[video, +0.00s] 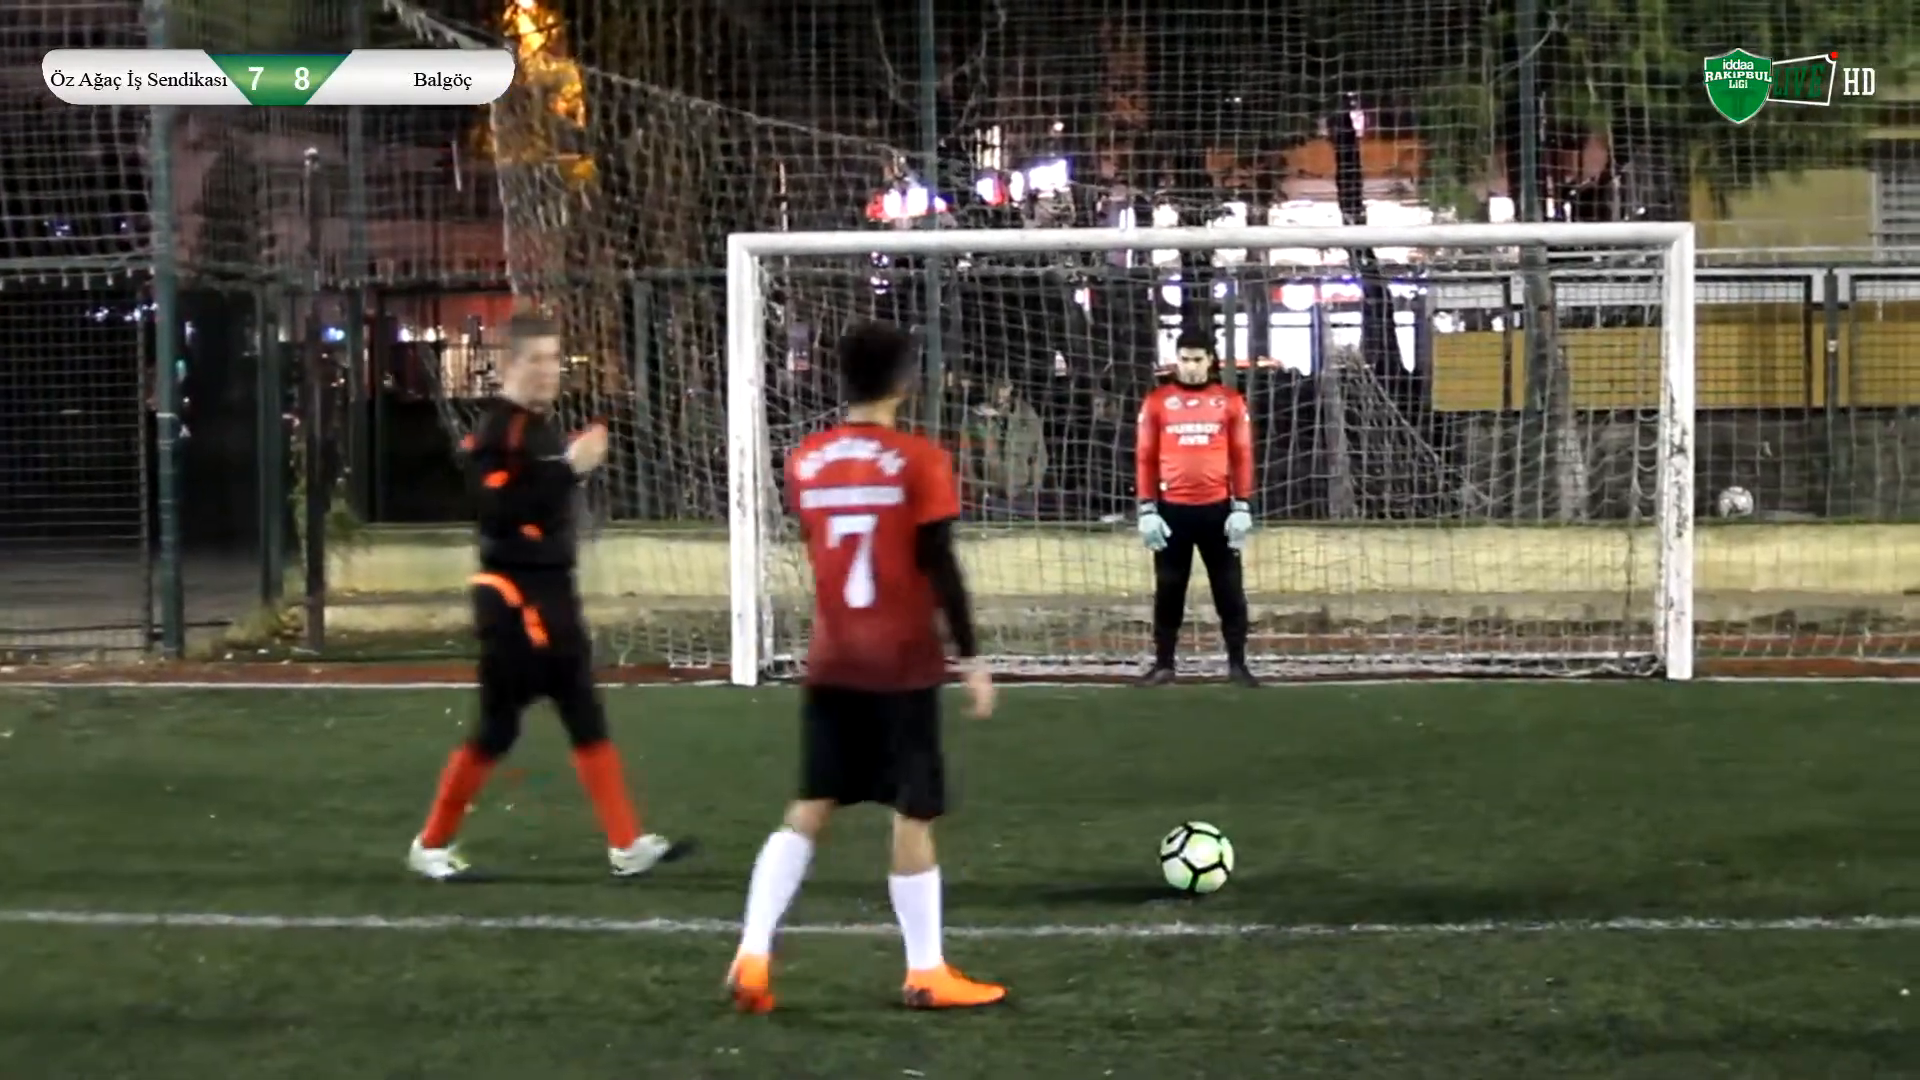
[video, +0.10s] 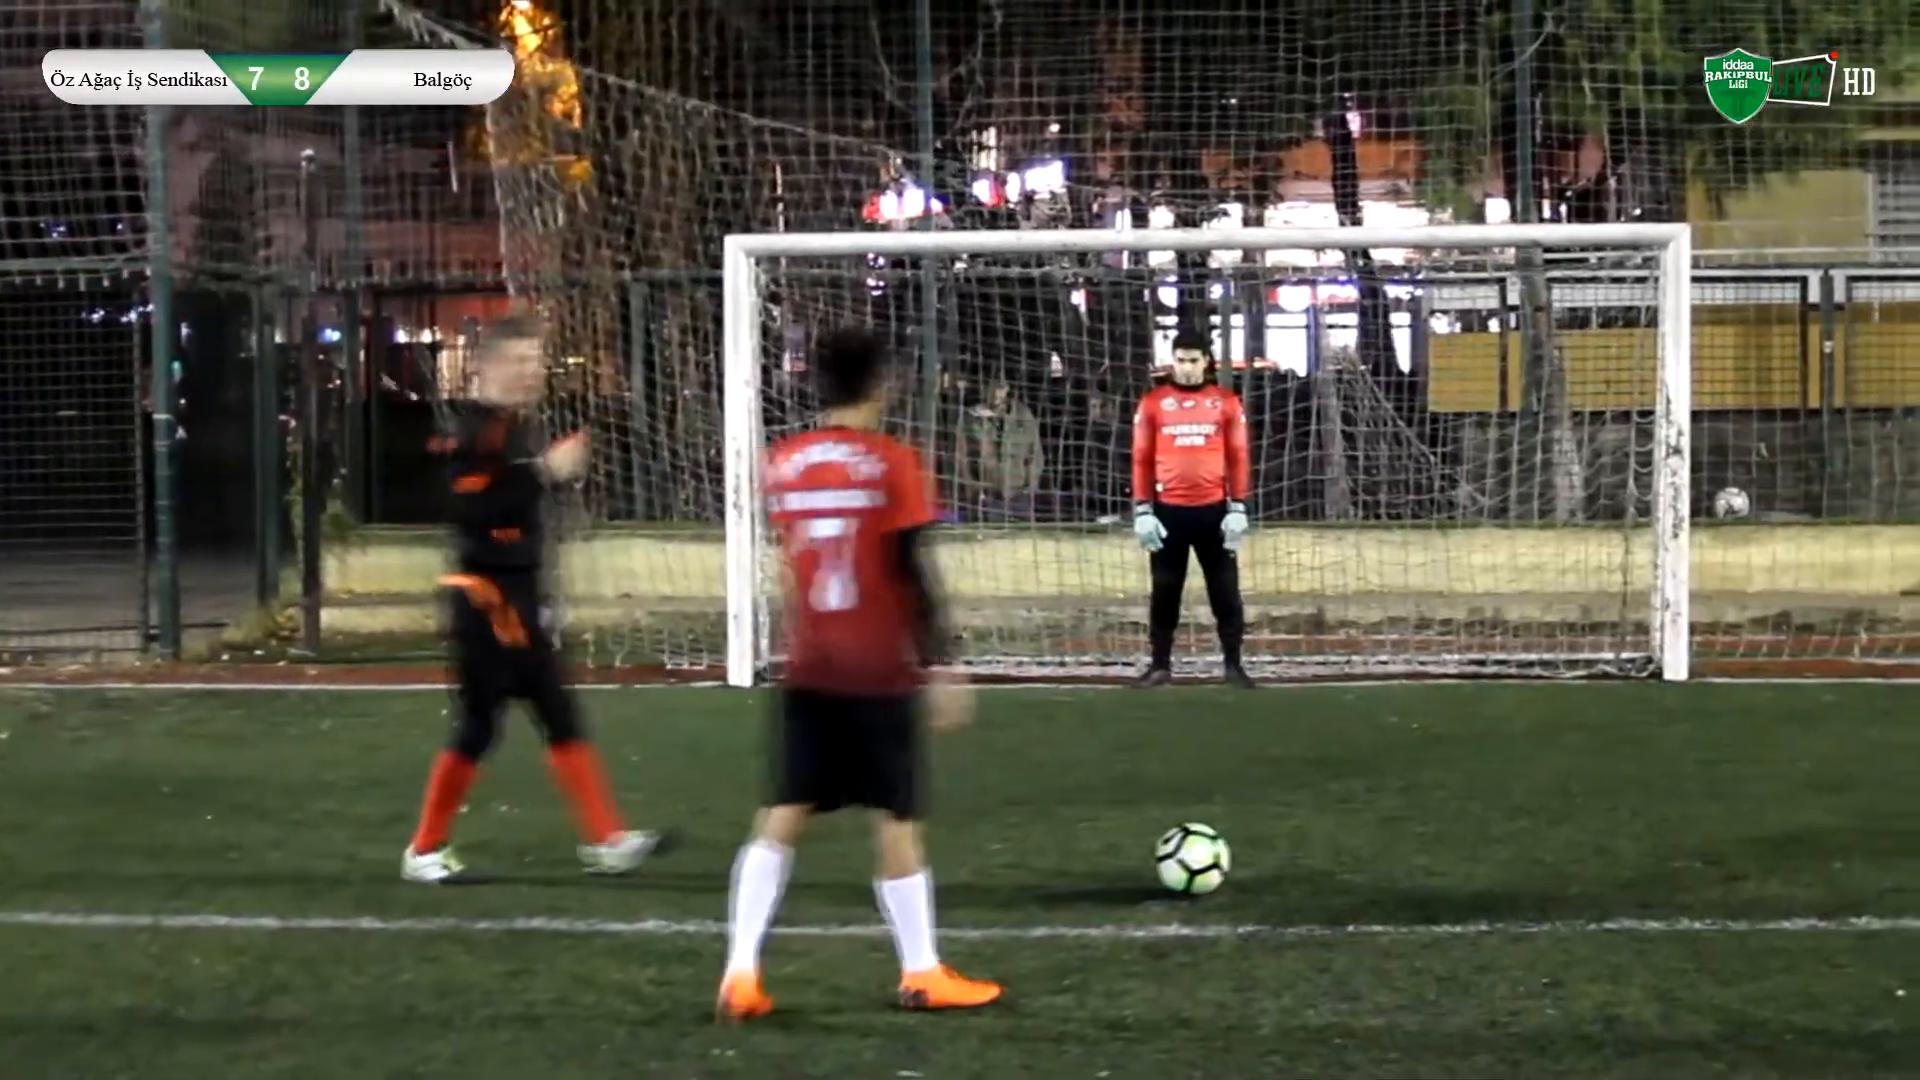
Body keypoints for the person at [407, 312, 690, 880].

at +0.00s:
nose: (550, 371)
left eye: (555, 360)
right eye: (538, 360)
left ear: (557, 366)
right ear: (508, 366)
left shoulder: (544, 428)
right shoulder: (497, 428)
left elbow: (540, 502)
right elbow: (493, 501)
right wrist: (570, 465)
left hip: (549, 586)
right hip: (510, 587)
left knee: (585, 712)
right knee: (497, 726)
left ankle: (628, 842)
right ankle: (432, 844)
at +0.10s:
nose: (528, 374)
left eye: (533, 362)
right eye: (516, 363)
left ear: (538, 370)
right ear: (487, 367)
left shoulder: (516, 431)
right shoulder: (479, 431)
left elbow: (506, 503)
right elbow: (471, 501)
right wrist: (541, 470)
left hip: (510, 592)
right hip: (485, 593)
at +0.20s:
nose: (505, 373)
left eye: (510, 361)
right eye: (494, 361)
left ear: (514, 367)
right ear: (464, 365)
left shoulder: (498, 428)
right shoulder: (450, 425)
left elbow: (493, 509)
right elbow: (445, 504)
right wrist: (520, 476)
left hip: (498, 593)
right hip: (459, 594)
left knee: (544, 711)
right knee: (465, 722)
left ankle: (575, 839)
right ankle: (422, 851)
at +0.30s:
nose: (490, 371)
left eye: (494, 358)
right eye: (478, 359)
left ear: (495, 363)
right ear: (447, 362)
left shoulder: (481, 428)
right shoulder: (434, 424)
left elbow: (479, 518)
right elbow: (426, 504)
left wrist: (503, 592)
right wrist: (501, 476)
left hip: (483, 587)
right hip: (442, 585)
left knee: (529, 705)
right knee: (456, 715)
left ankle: (533, 834)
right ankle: (424, 850)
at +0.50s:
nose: (451, 366)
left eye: (456, 354)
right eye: (439, 353)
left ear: (463, 361)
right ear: (411, 360)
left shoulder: (453, 426)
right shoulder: (400, 423)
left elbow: (456, 526)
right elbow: (393, 502)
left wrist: (495, 580)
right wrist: (466, 470)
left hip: (456, 578)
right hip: (414, 577)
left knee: (484, 704)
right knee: (439, 708)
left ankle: (451, 829)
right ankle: (423, 851)